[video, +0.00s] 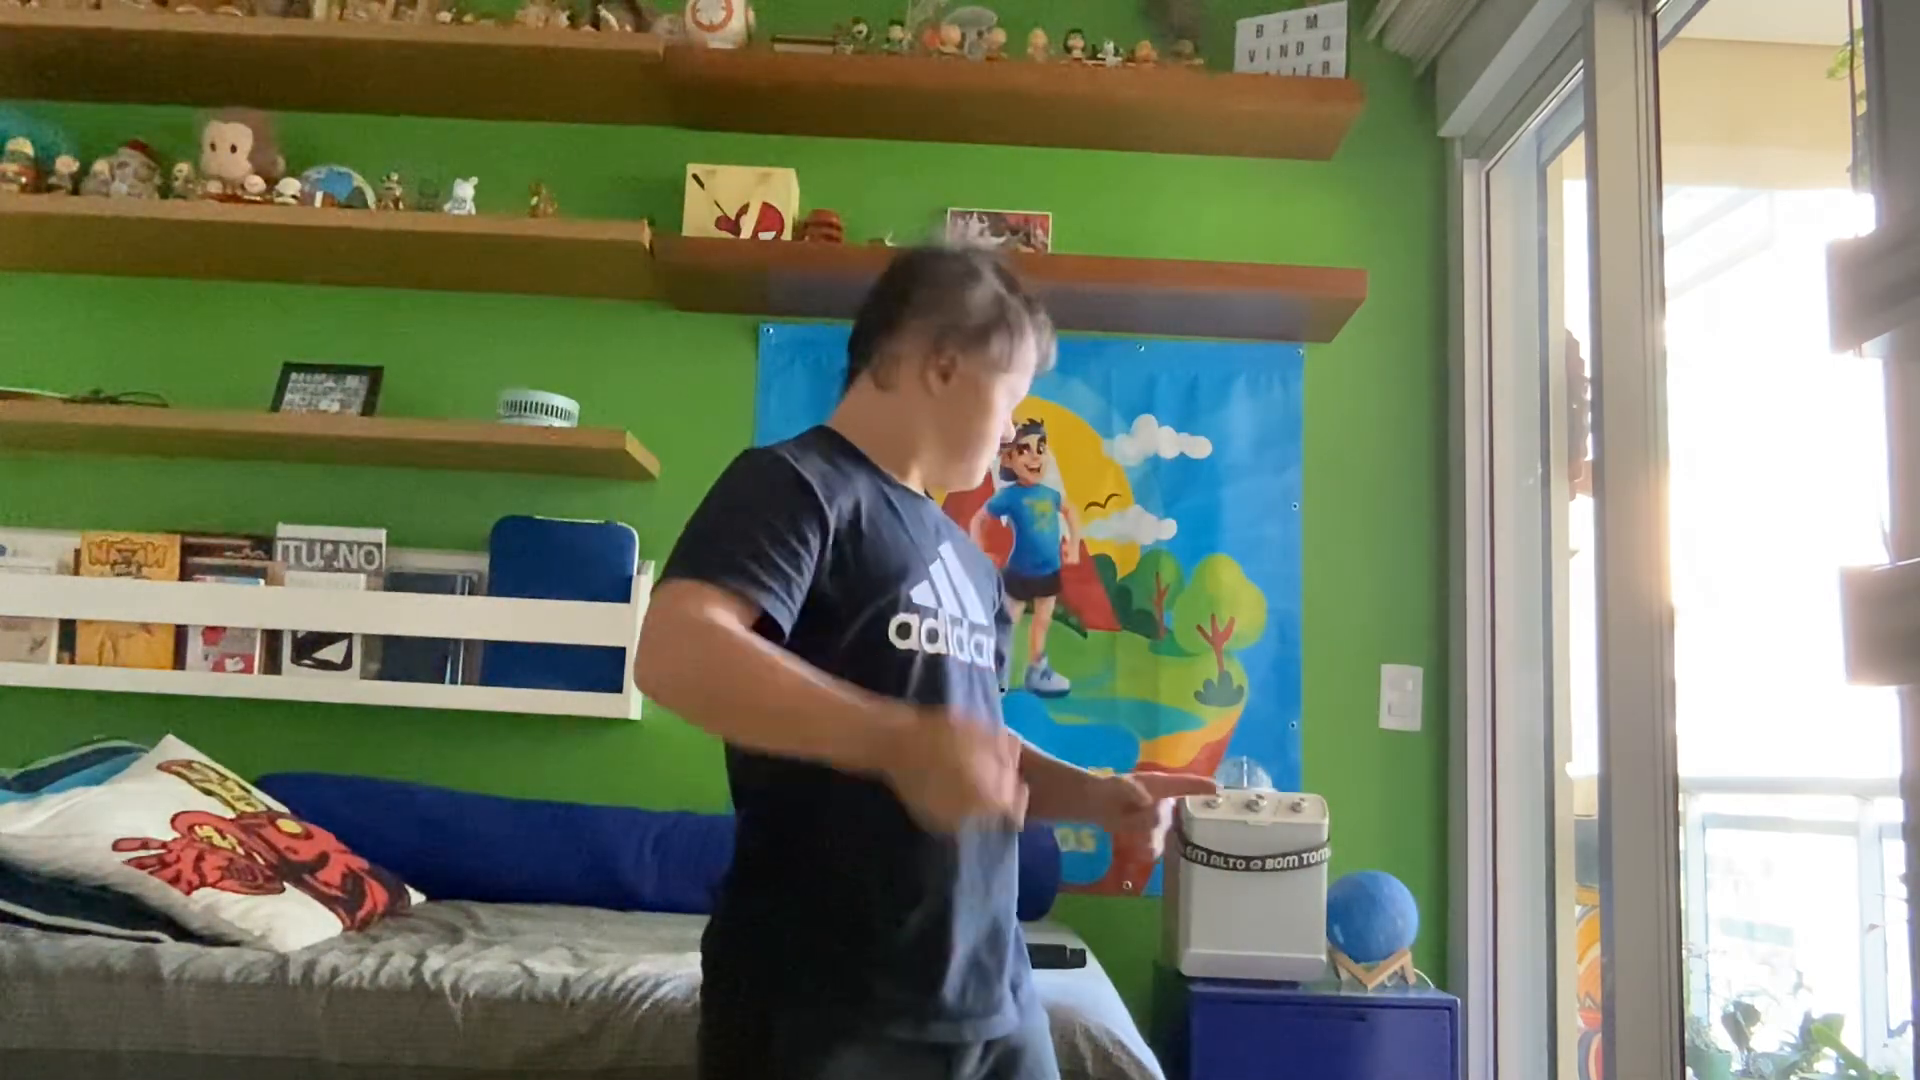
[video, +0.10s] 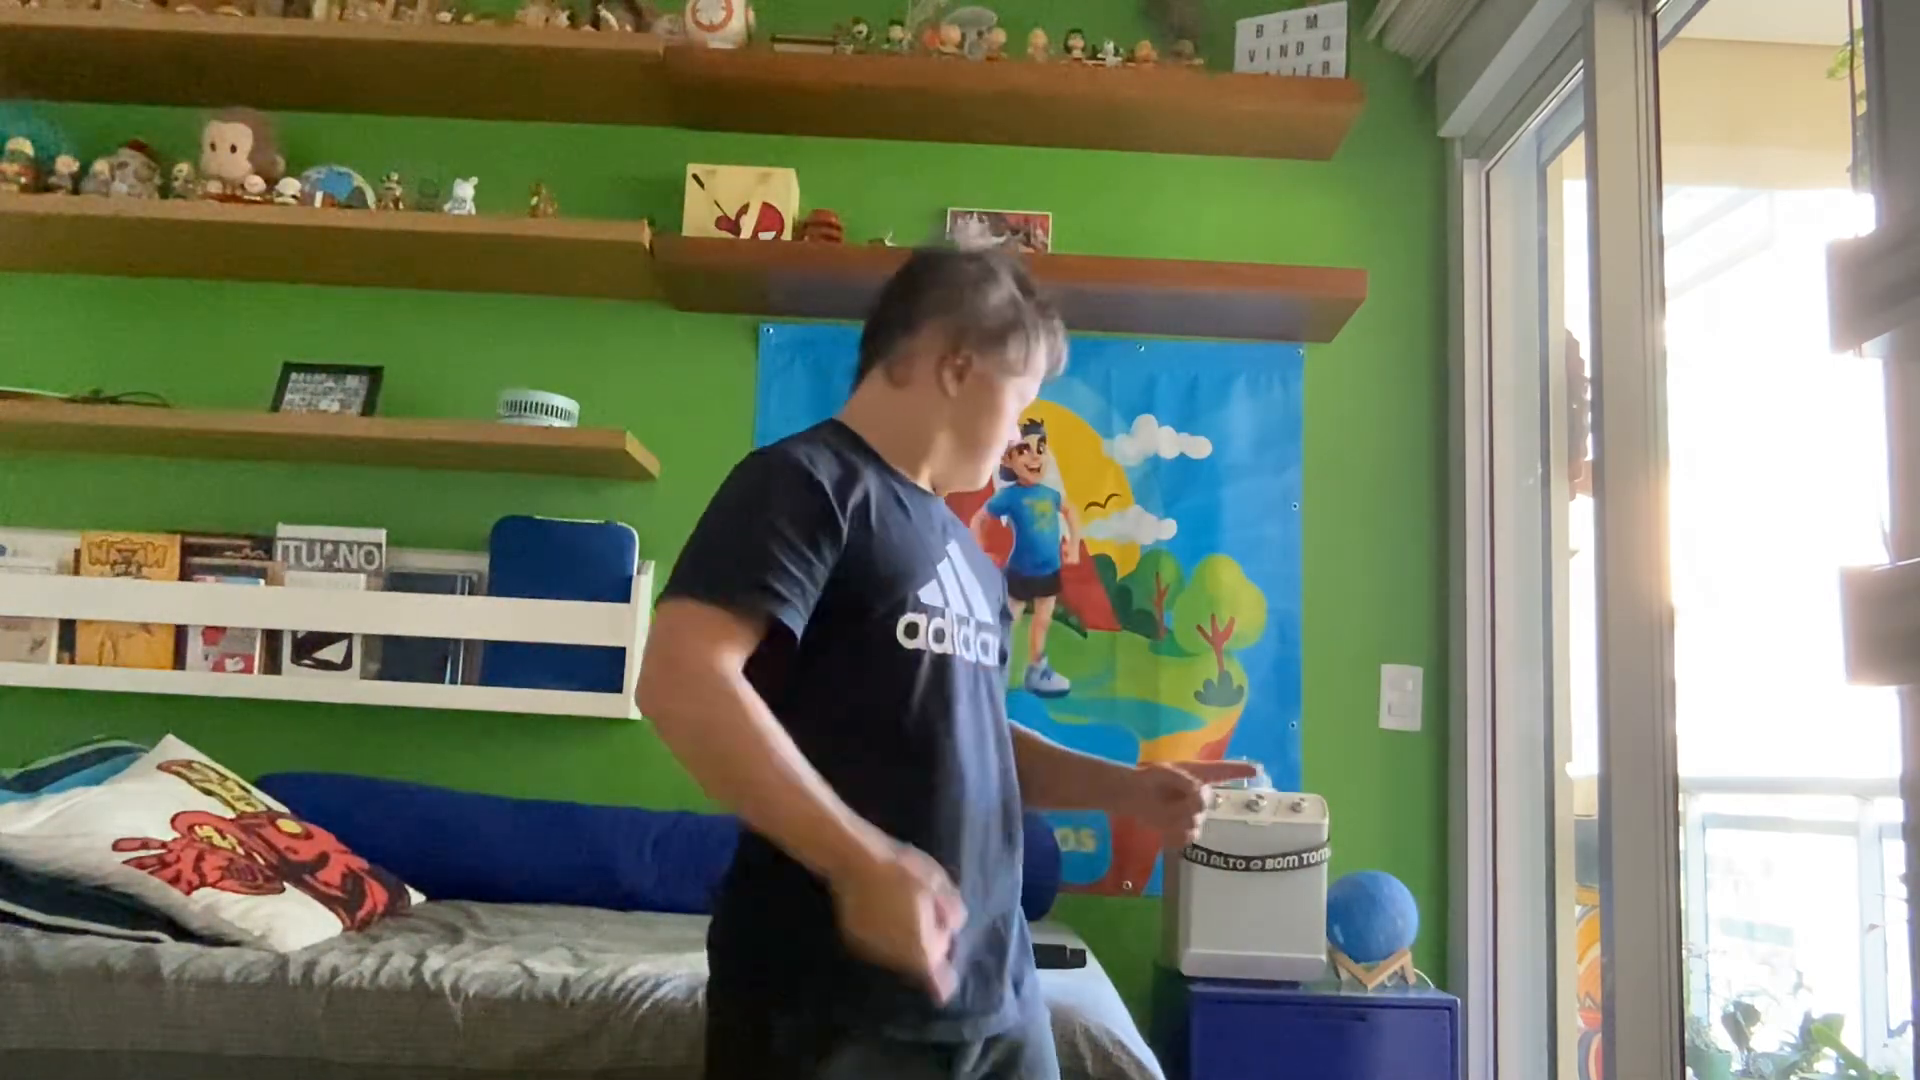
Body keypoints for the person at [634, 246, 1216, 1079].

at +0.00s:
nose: (1012, 433)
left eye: (1019, 406)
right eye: (1012, 398)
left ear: (947, 370)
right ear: (941, 365)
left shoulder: (969, 559)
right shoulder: (794, 484)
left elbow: (957, 743)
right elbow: (676, 647)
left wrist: (1098, 797)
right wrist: (899, 742)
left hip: (993, 1008)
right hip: (828, 1012)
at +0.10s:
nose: (1018, 438)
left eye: (1028, 412)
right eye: (1022, 403)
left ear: (963, 372)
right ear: (955, 367)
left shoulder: (967, 553)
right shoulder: (804, 481)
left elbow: (970, 746)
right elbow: (682, 678)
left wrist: (1126, 788)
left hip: (999, 1009)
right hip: (834, 1017)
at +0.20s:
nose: (1047, 441)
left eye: (1055, 412)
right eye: (1049, 403)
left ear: (990, 373)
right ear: (986, 365)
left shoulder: (983, 544)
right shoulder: (816, 482)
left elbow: (996, 735)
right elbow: (700, 697)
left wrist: (1174, 776)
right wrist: (787, 933)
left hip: (1017, 998)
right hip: (858, 1016)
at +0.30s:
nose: (1113, 447)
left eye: (1123, 420)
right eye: (1118, 413)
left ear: (1052, 387)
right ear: (1063, 386)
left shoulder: (1031, 540)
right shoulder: (882, 484)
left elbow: (1064, 715)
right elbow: (763, 701)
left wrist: (1239, 753)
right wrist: (729, 928)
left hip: (1051, 998)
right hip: (895, 1006)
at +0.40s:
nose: (1182, 453)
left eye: (1190, 431)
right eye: (1186, 425)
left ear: (1111, 401)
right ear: (1132, 404)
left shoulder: (1078, 535)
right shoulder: (960, 486)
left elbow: (1105, 695)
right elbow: (818, 686)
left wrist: (1246, 737)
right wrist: (759, 893)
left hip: (1086, 998)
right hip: (942, 1002)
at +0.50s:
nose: (1226, 478)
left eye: (1238, 454)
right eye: (1236, 448)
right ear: (1194, 420)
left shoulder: (1128, 540)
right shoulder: (1036, 480)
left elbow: (1141, 678)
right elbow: (888, 647)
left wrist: (1239, 734)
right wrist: (857, 865)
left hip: (1108, 987)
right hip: (985, 984)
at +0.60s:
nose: (1257, 486)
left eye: (1268, 465)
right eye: (1266, 460)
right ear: (1226, 437)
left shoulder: (1157, 544)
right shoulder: (1081, 482)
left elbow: (1152, 684)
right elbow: (944, 627)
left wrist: (1229, 729)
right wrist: (928, 853)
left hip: (1116, 1000)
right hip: (995, 980)